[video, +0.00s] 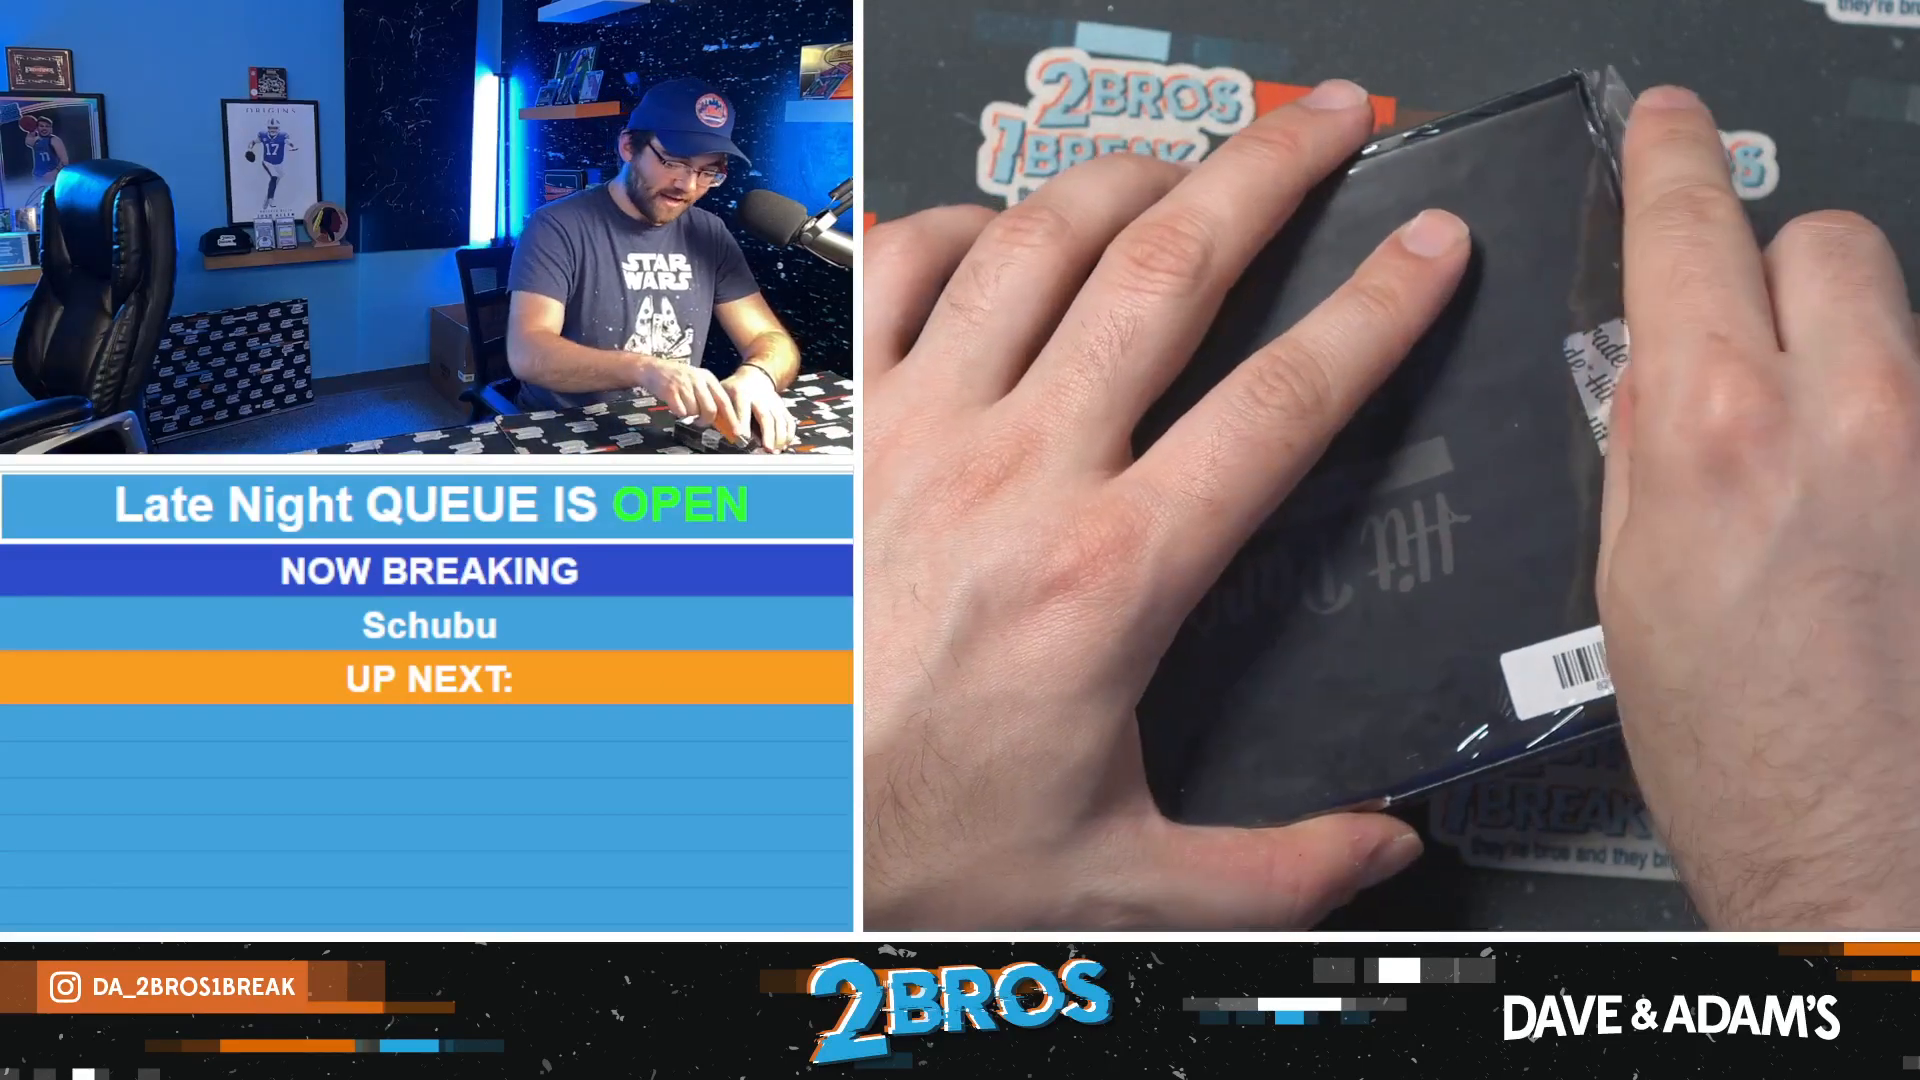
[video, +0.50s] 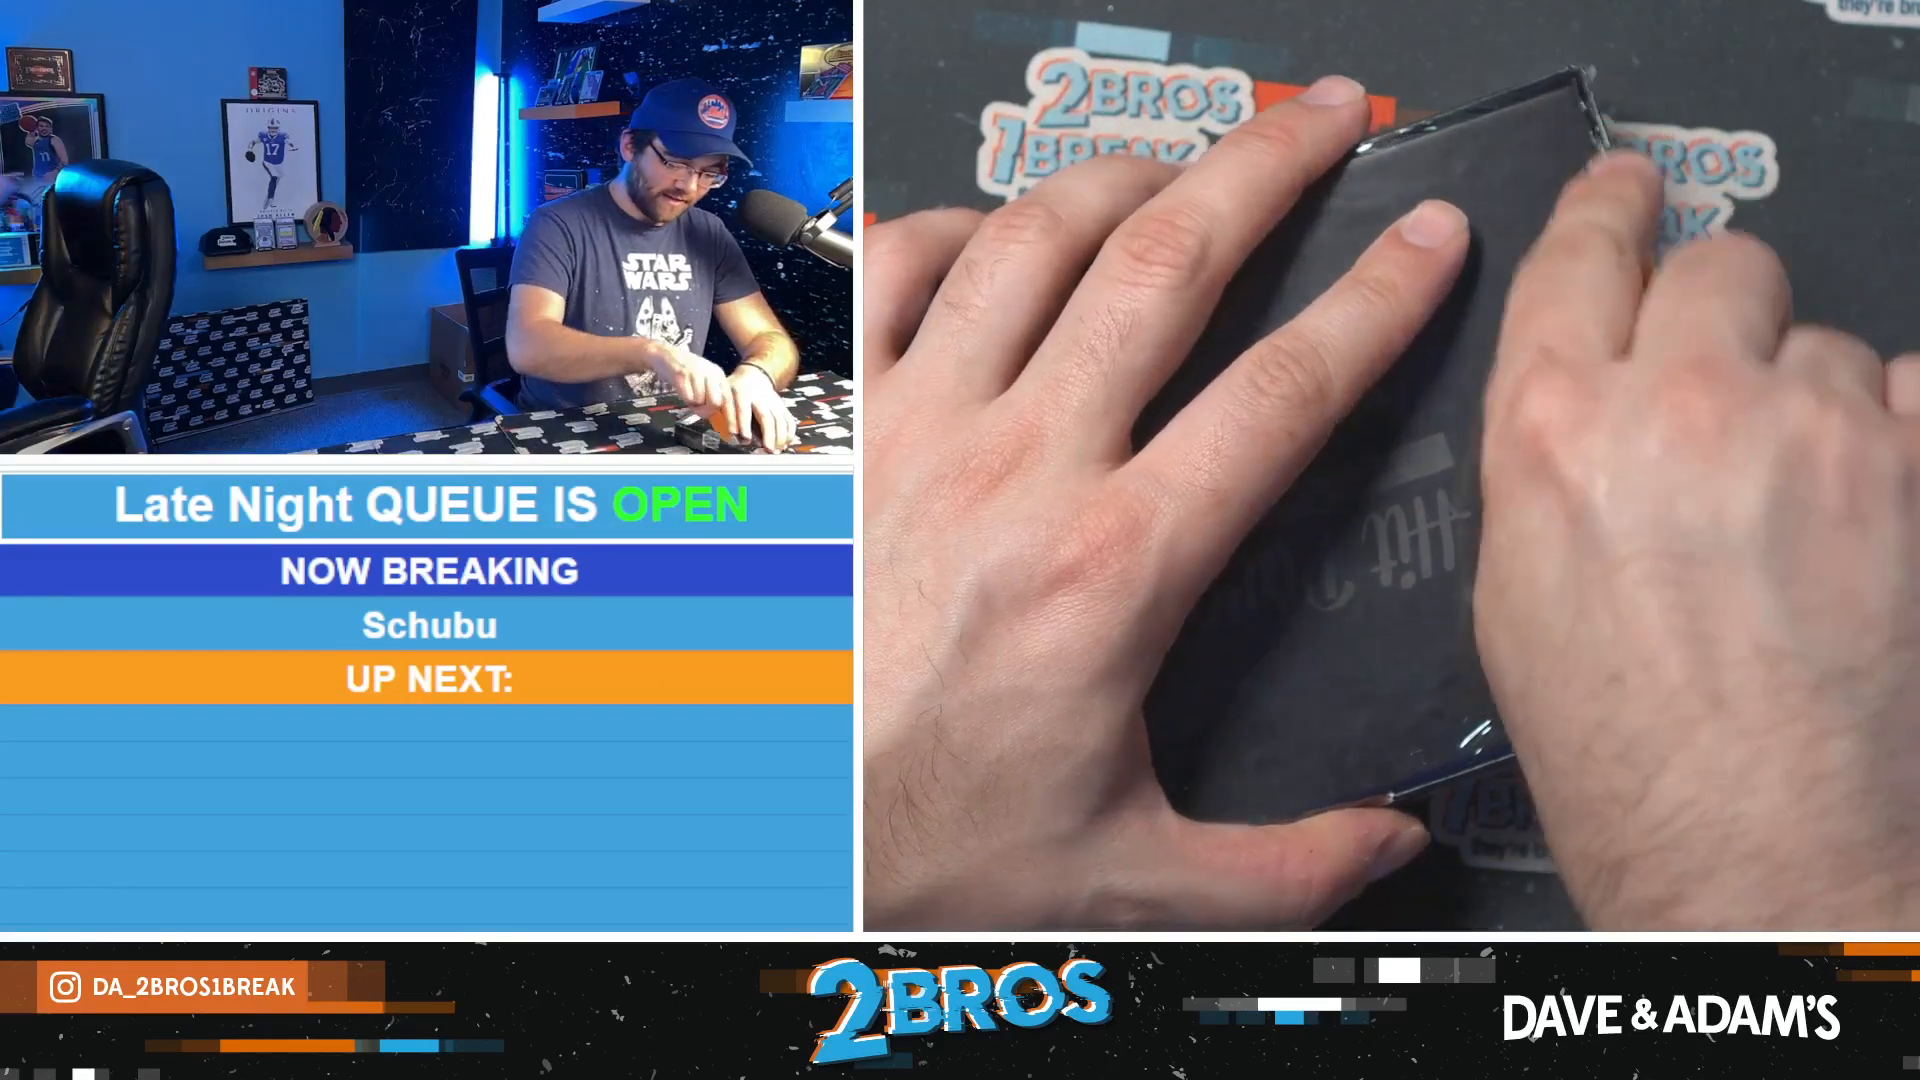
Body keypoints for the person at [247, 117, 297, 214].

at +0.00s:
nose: (273, 131)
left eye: (275, 129)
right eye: (271, 128)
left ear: (278, 129)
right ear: (268, 128)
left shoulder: (283, 136)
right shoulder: (263, 136)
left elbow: (289, 142)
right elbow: (254, 142)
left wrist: (292, 146)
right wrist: (250, 148)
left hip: (279, 163)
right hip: (267, 162)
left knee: (276, 182)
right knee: (274, 176)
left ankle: (267, 200)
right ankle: (270, 199)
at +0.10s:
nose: (273, 131)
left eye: (275, 128)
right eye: (271, 128)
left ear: (278, 129)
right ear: (268, 128)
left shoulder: (283, 136)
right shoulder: (263, 136)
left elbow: (289, 142)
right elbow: (253, 142)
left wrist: (292, 146)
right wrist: (250, 148)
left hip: (279, 163)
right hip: (267, 162)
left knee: (276, 181)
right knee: (274, 176)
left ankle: (267, 200)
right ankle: (270, 199)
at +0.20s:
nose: (273, 131)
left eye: (275, 129)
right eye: (271, 129)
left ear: (278, 129)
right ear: (268, 129)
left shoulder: (283, 136)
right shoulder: (263, 136)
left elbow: (289, 142)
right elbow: (253, 142)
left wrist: (292, 146)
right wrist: (250, 149)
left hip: (279, 163)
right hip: (268, 162)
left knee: (276, 181)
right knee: (274, 176)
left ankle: (267, 200)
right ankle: (270, 199)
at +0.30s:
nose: (273, 131)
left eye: (275, 129)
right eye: (271, 128)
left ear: (278, 129)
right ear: (268, 128)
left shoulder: (283, 136)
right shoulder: (263, 136)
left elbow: (289, 142)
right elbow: (253, 142)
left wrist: (292, 146)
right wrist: (250, 149)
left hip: (279, 163)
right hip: (268, 162)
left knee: (276, 182)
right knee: (274, 176)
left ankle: (267, 200)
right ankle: (270, 199)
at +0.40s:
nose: (273, 130)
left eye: (275, 128)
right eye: (271, 128)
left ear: (278, 129)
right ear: (268, 128)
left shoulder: (283, 136)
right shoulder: (263, 136)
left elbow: (289, 142)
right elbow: (253, 142)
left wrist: (292, 146)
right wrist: (250, 148)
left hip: (279, 163)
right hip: (267, 162)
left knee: (276, 181)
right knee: (274, 176)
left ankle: (267, 200)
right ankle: (270, 199)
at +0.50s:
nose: (273, 130)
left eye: (275, 128)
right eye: (271, 128)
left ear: (278, 129)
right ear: (268, 128)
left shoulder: (283, 136)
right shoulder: (263, 136)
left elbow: (289, 142)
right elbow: (253, 142)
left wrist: (292, 146)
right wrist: (250, 148)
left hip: (279, 163)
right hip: (267, 162)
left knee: (276, 181)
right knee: (274, 176)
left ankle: (267, 200)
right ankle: (270, 199)